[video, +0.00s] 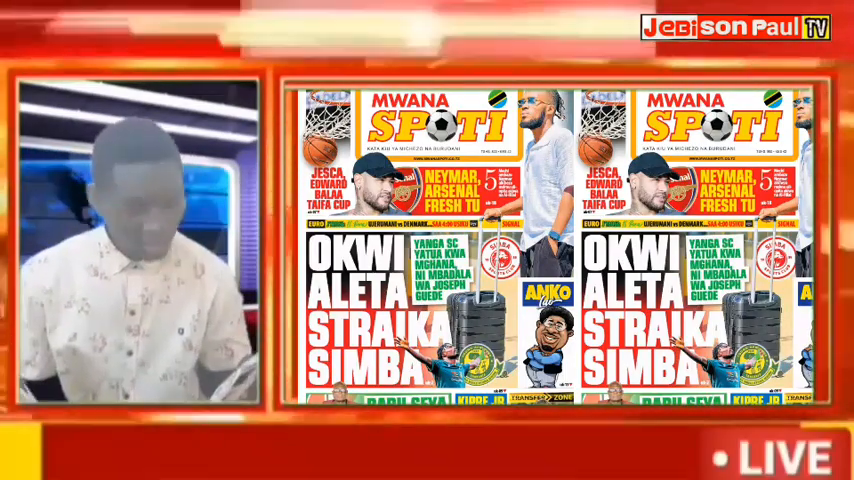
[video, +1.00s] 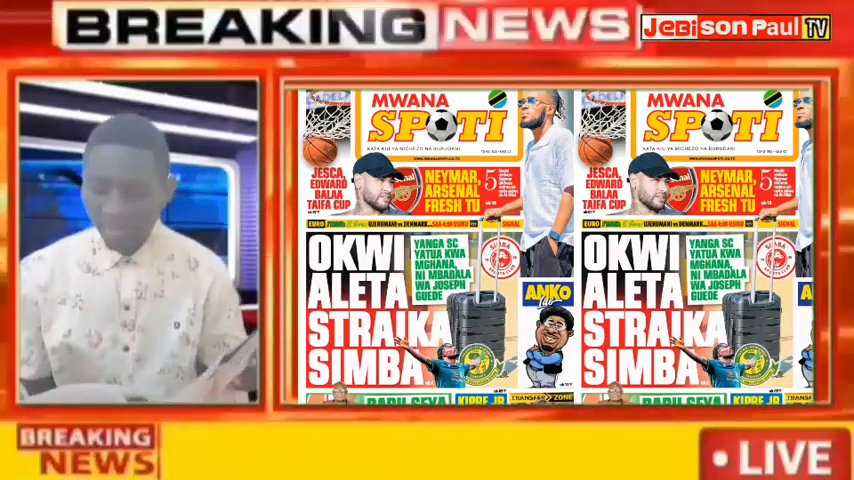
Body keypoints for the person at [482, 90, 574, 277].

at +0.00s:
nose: (523, 107)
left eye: (531, 101)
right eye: (522, 103)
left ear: (549, 110)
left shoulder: (563, 138)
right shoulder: (531, 147)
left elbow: (571, 192)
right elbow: (532, 196)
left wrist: (553, 238)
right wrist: (502, 211)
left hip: (552, 242)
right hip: (530, 243)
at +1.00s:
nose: (523, 107)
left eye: (531, 101)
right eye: (522, 103)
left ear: (549, 110)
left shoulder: (563, 138)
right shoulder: (531, 147)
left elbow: (571, 192)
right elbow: (532, 196)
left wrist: (553, 238)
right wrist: (502, 211)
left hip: (552, 242)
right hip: (530, 243)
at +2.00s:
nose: (523, 107)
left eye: (531, 101)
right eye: (522, 103)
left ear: (549, 110)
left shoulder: (563, 138)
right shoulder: (531, 147)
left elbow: (571, 192)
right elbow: (532, 196)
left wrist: (554, 238)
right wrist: (502, 211)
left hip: (551, 241)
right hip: (530, 242)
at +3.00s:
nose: (523, 107)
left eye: (531, 101)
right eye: (522, 103)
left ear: (549, 110)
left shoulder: (563, 139)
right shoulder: (531, 147)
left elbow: (571, 192)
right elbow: (532, 196)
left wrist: (554, 238)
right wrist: (502, 211)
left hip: (552, 241)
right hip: (530, 242)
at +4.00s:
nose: (523, 107)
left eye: (531, 101)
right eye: (522, 103)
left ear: (549, 110)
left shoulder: (563, 139)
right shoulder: (531, 147)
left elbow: (571, 192)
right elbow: (532, 196)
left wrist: (554, 238)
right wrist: (502, 211)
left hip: (551, 241)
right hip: (530, 242)